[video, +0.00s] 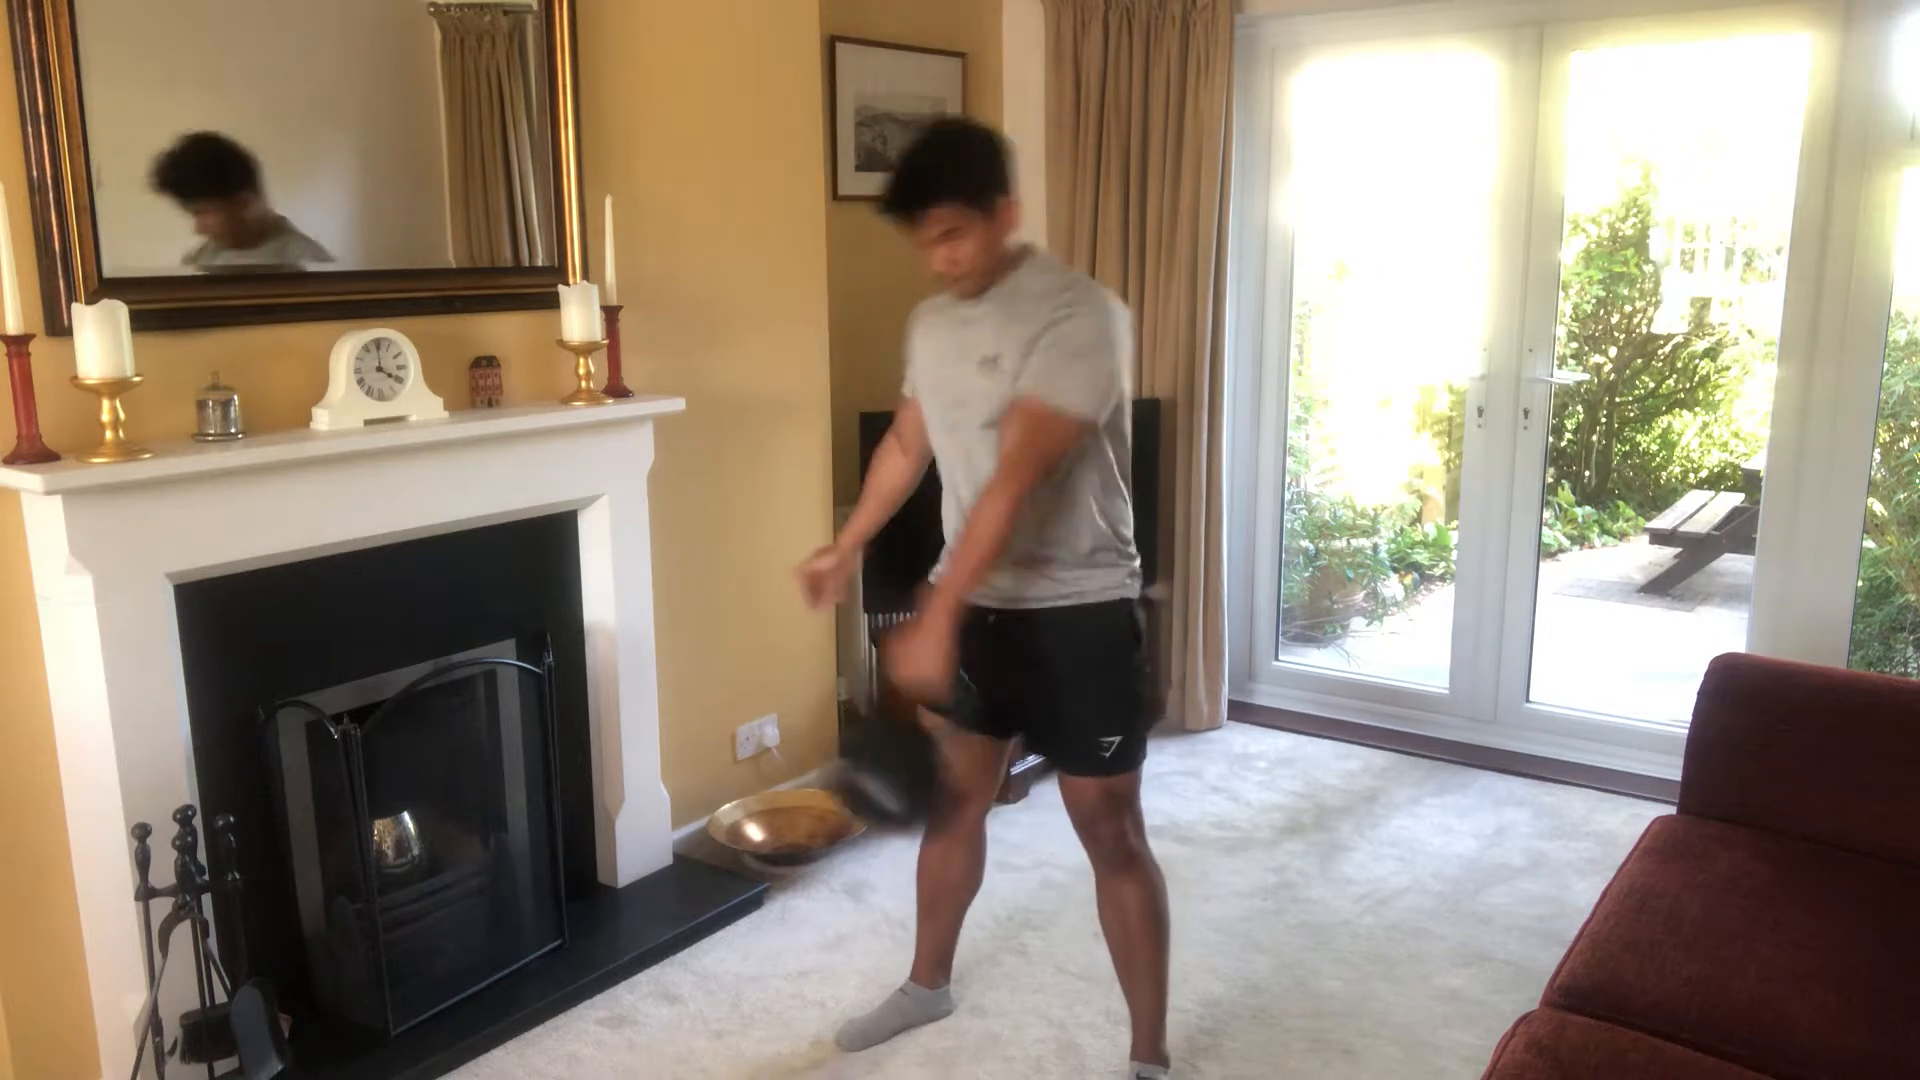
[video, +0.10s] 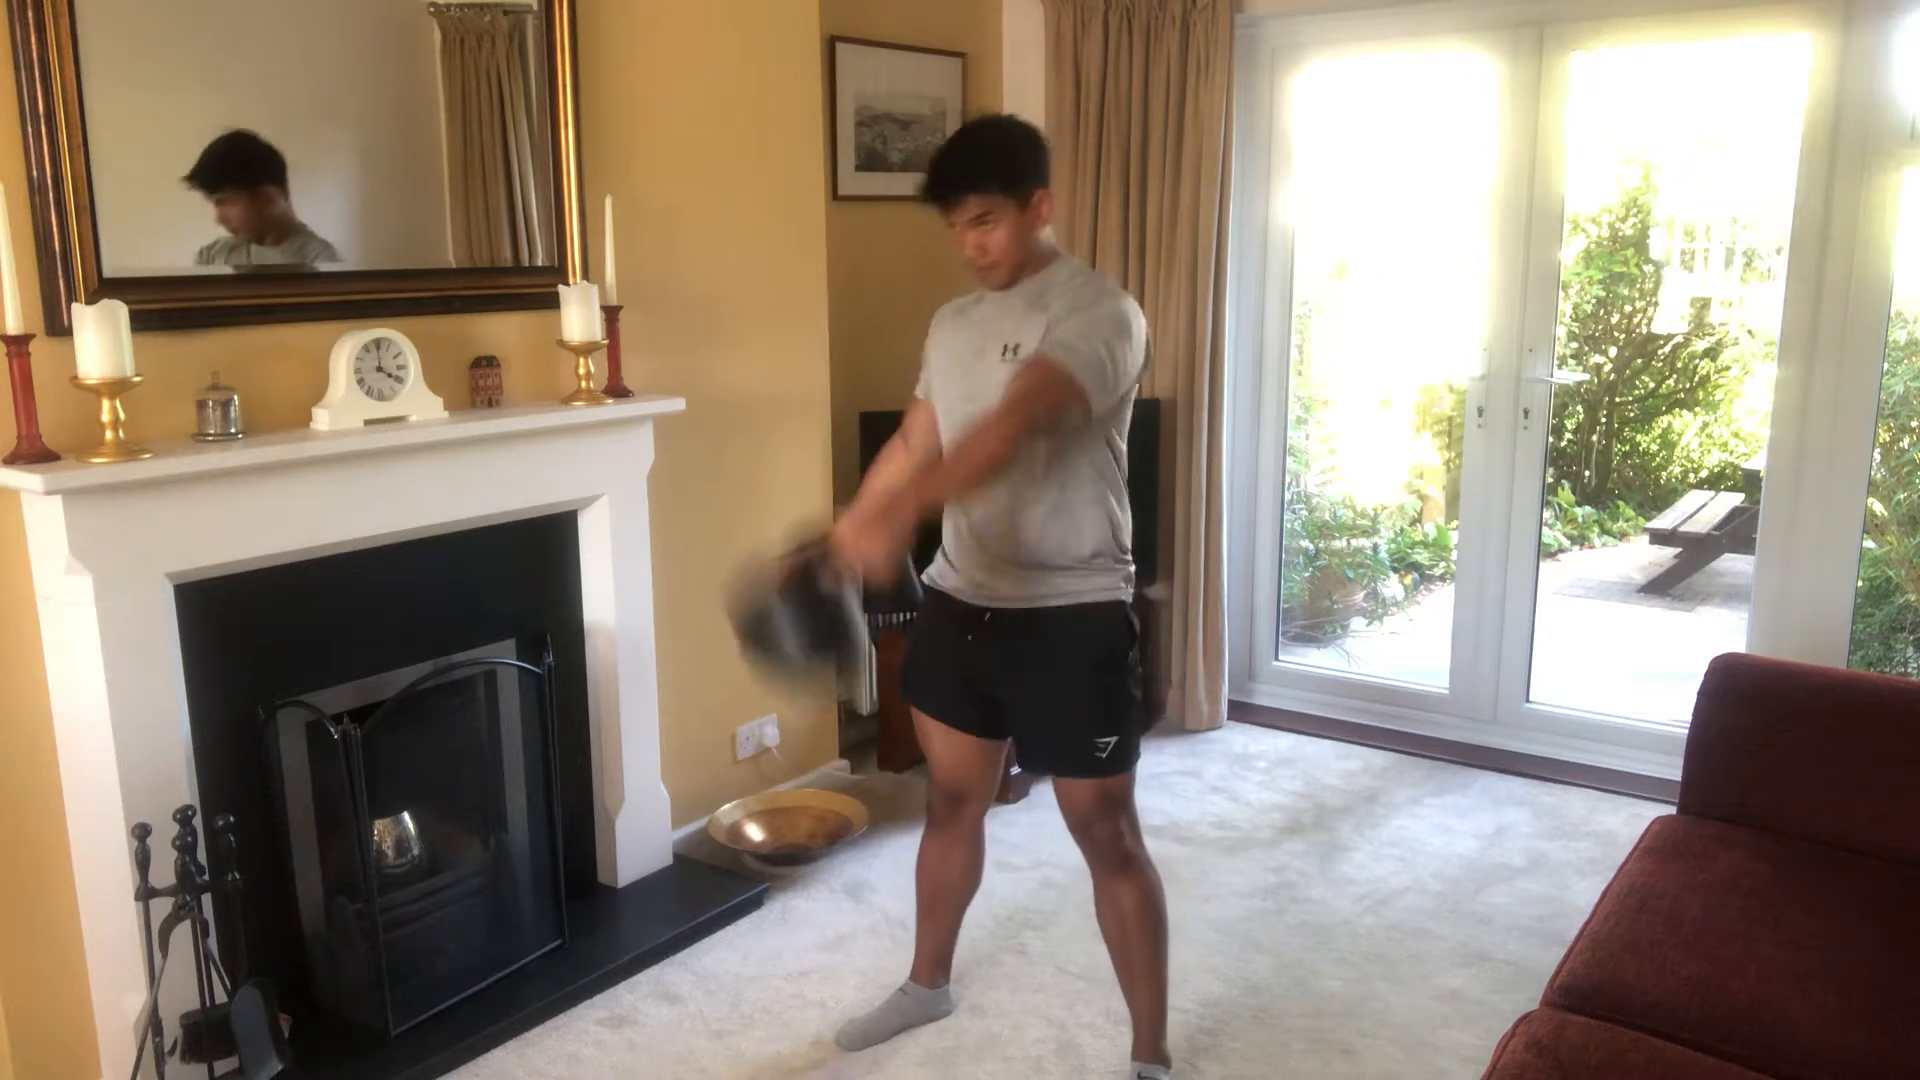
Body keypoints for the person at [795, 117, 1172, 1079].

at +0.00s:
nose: (939, 257)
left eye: (954, 233)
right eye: (924, 241)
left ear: (1006, 214)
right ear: (912, 238)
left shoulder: (1083, 314)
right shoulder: (933, 321)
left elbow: (1017, 477)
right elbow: (909, 441)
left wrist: (938, 613)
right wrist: (850, 544)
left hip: (1082, 613)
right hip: (972, 608)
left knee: (1110, 832)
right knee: (950, 805)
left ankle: (1149, 1056)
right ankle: (928, 985)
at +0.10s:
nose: (971, 243)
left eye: (988, 220)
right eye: (957, 224)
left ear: (1041, 206)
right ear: (945, 222)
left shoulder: (1102, 310)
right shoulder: (952, 321)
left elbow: (1018, 419)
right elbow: (910, 446)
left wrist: (903, 508)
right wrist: (852, 534)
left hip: (1077, 614)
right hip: (962, 604)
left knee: (1105, 833)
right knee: (950, 804)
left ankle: (1150, 1053)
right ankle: (927, 984)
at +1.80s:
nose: (979, 229)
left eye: (997, 207)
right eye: (967, 211)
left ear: (1052, 200)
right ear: (960, 212)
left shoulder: (1111, 305)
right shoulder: (957, 322)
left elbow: (1020, 368)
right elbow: (927, 454)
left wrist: (888, 414)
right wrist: (861, 567)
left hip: (1076, 616)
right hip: (963, 608)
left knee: (1108, 836)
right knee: (957, 804)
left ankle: (1149, 1055)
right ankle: (927, 982)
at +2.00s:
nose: (982, 225)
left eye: (1001, 201)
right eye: (970, 207)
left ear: (1057, 199)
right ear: (965, 210)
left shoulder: (1110, 303)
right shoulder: (964, 322)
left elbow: (1012, 324)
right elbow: (939, 460)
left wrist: (865, 315)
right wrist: (881, 579)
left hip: (1073, 617)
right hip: (961, 610)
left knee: (1107, 837)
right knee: (953, 806)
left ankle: (1150, 1055)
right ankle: (927, 982)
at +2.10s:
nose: (982, 227)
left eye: (1001, 204)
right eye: (971, 209)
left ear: (1058, 198)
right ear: (965, 211)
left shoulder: (1111, 306)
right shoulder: (967, 325)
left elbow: (1009, 334)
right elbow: (942, 462)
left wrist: (851, 337)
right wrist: (892, 578)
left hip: (1074, 617)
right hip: (961, 609)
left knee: (1108, 837)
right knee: (954, 805)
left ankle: (1151, 1055)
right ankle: (927, 983)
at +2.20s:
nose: (980, 234)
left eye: (998, 211)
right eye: (968, 215)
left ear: (1054, 202)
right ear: (960, 213)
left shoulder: (1107, 308)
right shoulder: (964, 325)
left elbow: (1010, 373)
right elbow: (940, 466)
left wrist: (854, 402)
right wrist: (893, 579)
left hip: (1078, 619)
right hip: (965, 612)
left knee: (1110, 838)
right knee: (952, 808)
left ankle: (1152, 1055)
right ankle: (927, 983)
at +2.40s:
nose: (922, 294)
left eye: (936, 273)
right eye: (911, 276)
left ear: (987, 249)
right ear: (903, 265)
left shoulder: (1064, 334)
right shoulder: (928, 334)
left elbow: (998, 503)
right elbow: (931, 462)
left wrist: (906, 639)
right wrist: (882, 577)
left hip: (1091, 613)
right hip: (983, 607)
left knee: (1115, 842)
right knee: (928, 801)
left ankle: (1150, 1057)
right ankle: (925, 984)